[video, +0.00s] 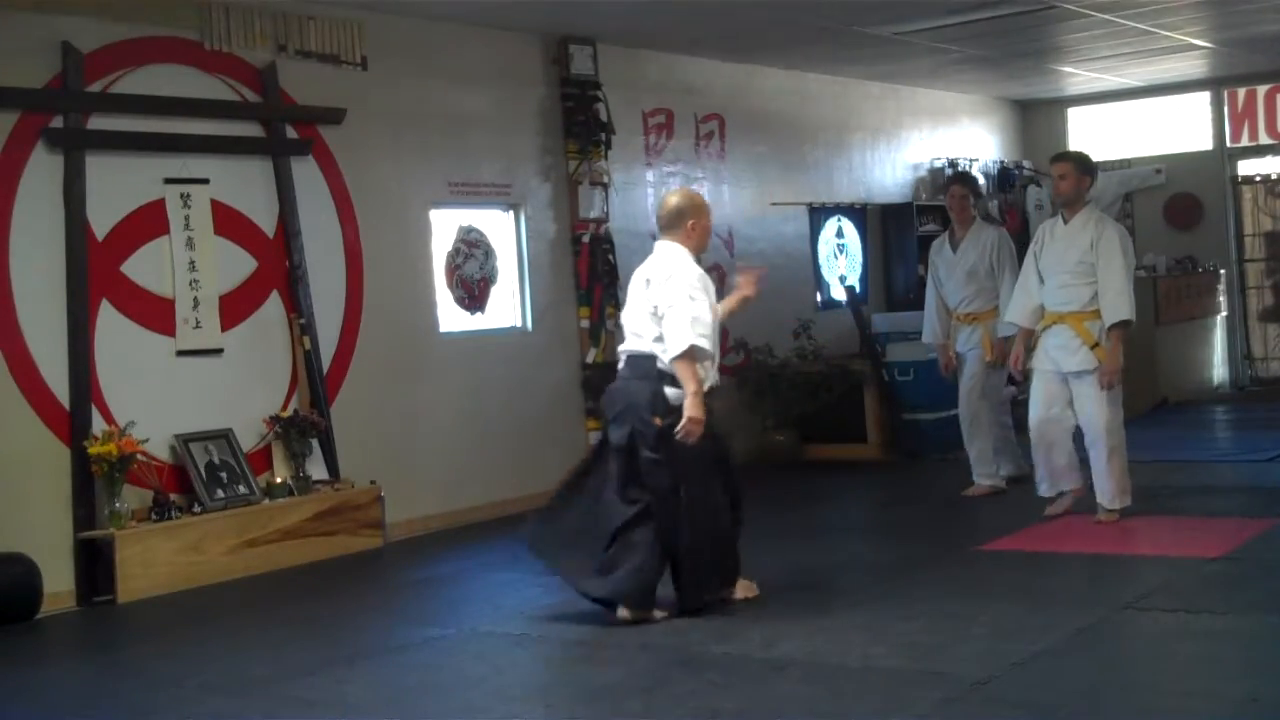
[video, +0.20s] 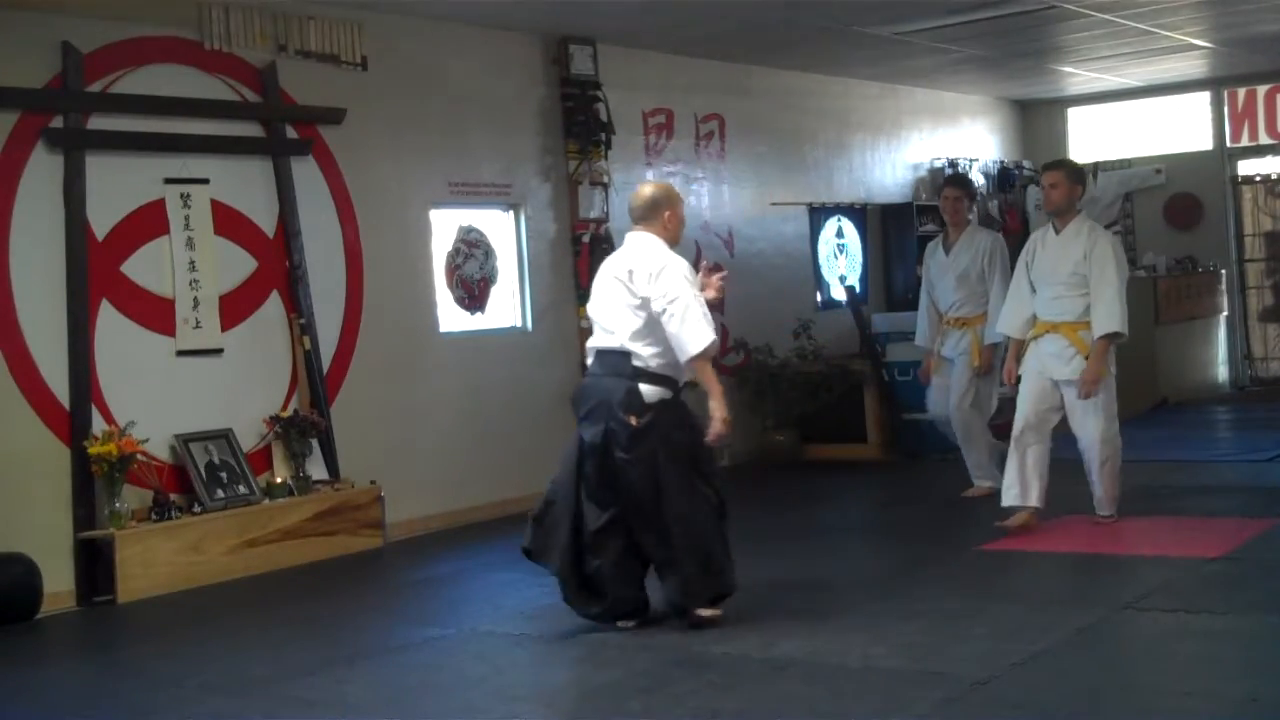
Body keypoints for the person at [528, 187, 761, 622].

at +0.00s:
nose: (709, 233)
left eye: (709, 225)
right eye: (708, 225)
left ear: (664, 226)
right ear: (694, 226)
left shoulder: (649, 267)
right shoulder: (683, 272)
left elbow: (689, 324)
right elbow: (680, 338)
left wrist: (734, 300)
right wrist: (694, 393)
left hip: (630, 388)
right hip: (665, 391)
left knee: (640, 496)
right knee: (710, 487)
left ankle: (633, 597)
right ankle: (716, 581)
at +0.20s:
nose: (682, 221)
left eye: (679, 214)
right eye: (680, 214)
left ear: (637, 217)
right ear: (670, 216)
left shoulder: (612, 263)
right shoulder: (665, 263)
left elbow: (641, 322)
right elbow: (688, 333)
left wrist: (696, 299)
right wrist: (715, 395)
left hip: (599, 388)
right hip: (645, 394)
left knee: (610, 505)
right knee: (687, 495)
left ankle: (623, 606)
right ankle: (698, 597)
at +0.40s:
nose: (664, 223)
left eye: (663, 215)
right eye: (662, 215)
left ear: (613, 221)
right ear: (651, 220)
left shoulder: (591, 267)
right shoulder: (651, 274)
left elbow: (629, 318)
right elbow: (700, 341)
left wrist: (682, 297)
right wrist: (752, 392)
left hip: (585, 403)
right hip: (634, 408)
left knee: (596, 513)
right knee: (656, 517)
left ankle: (596, 612)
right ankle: (630, 620)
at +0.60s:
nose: (660, 227)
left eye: (659, 218)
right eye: (660, 219)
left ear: (610, 215)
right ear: (650, 222)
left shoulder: (573, 263)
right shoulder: (643, 273)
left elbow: (608, 313)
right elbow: (688, 340)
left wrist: (670, 302)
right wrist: (736, 391)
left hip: (569, 403)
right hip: (625, 405)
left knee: (594, 518)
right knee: (635, 522)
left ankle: (593, 632)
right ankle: (622, 645)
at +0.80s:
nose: (651, 216)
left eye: (648, 208)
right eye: (650, 209)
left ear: (599, 207)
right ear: (641, 213)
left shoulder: (557, 258)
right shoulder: (636, 271)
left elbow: (593, 306)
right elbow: (676, 355)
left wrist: (657, 283)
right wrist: (722, 408)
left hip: (553, 403)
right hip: (614, 405)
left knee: (564, 521)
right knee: (630, 523)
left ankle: (566, 627)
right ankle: (623, 645)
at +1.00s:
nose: (633, 221)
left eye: (633, 214)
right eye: (632, 214)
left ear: (576, 212)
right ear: (622, 216)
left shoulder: (540, 263)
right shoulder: (618, 273)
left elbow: (566, 313)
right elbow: (665, 352)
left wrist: (629, 282)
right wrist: (721, 397)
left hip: (537, 410)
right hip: (599, 409)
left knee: (545, 536)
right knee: (621, 529)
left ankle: (560, 660)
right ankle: (631, 654)